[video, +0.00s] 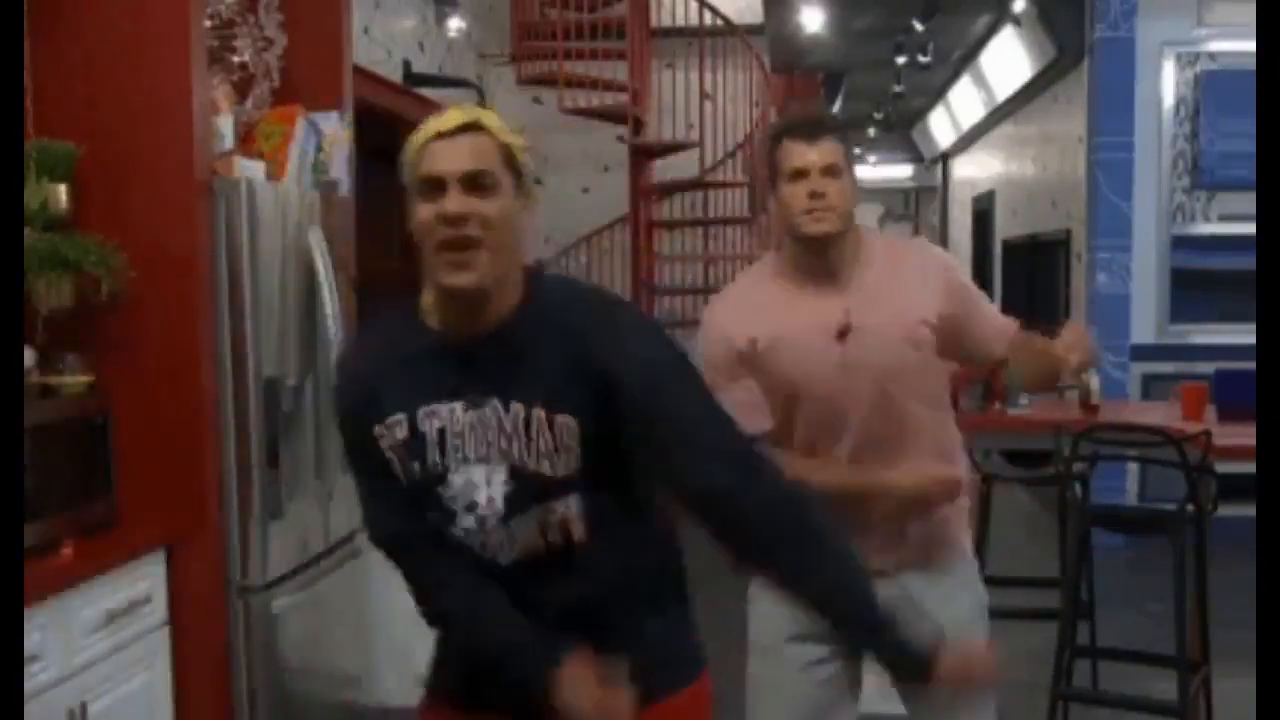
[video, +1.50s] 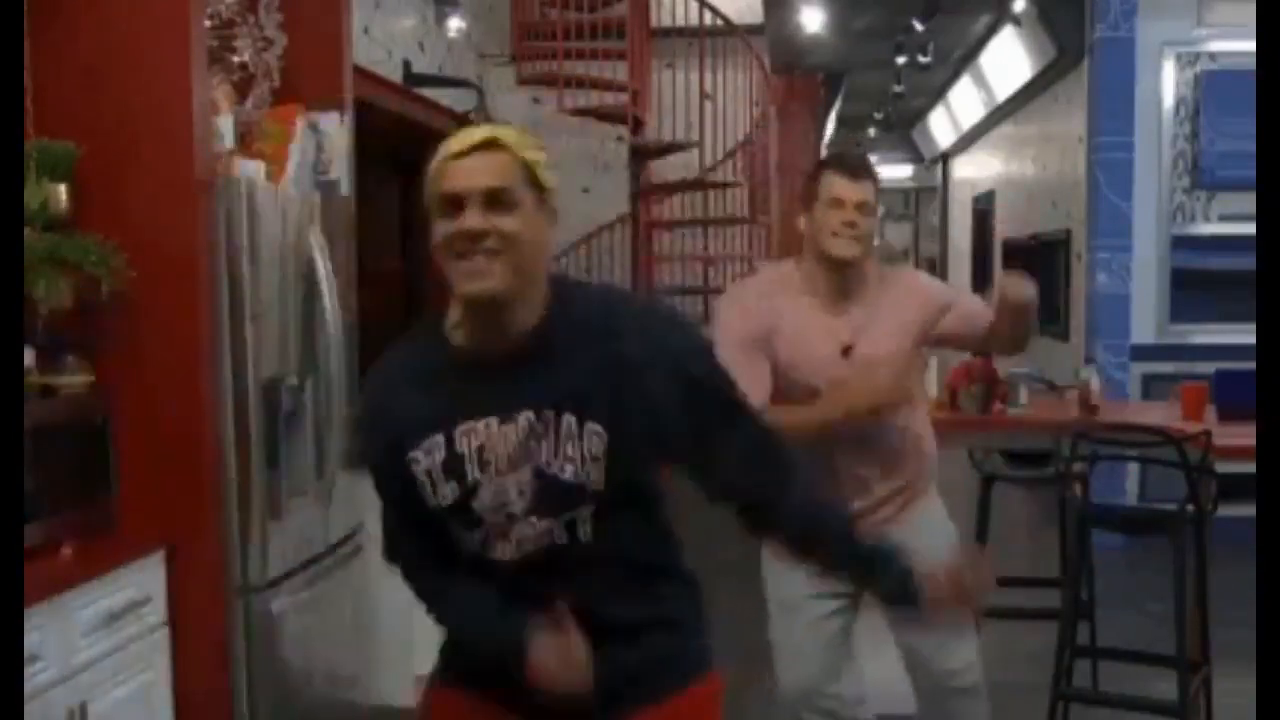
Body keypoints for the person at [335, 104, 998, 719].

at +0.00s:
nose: (454, 210)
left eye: (479, 187)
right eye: (431, 192)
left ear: (524, 207)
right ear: (408, 217)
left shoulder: (606, 338)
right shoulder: (373, 371)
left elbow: (742, 490)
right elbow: (419, 554)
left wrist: (909, 651)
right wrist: (544, 666)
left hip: (642, 674)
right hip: (477, 676)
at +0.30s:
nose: (547, 181)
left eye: (576, 165)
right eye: (529, 159)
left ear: (614, 194)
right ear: (500, 176)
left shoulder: (642, 349)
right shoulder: (422, 298)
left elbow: (604, 578)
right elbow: (364, 437)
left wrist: (417, 691)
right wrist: (208, 531)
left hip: (605, 657)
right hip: (449, 640)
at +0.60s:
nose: (419, 236)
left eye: (449, 222)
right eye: (406, 213)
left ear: (492, 249)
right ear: (383, 226)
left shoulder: (506, 404)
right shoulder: (319, 327)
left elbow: (438, 605)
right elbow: (233, 379)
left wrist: (325, 475)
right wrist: (62, 303)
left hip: (484, 685)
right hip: (346, 672)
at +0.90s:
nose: (294, 207)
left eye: (320, 187)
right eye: (276, 189)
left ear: (370, 201)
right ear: (260, 207)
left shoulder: (449, 334)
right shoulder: (222, 363)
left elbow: (446, 536)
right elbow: (174, 539)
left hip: (441, 667)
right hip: (288, 669)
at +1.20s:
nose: (293, 215)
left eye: (316, 191)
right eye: (274, 202)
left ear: (373, 199)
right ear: (264, 229)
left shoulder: (489, 267)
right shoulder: (278, 392)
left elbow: (651, 333)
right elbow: (362, 563)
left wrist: (826, 367)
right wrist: (471, 485)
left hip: (559, 655)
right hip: (406, 669)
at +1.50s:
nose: (472, 226)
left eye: (499, 205)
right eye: (450, 209)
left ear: (548, 220)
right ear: (431, 233)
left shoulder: (635, 339)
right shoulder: (397, 389)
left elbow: (759, 475)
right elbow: (420, 554)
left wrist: (902, 580)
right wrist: (515, 639)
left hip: (647, 664)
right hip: (484, 673)